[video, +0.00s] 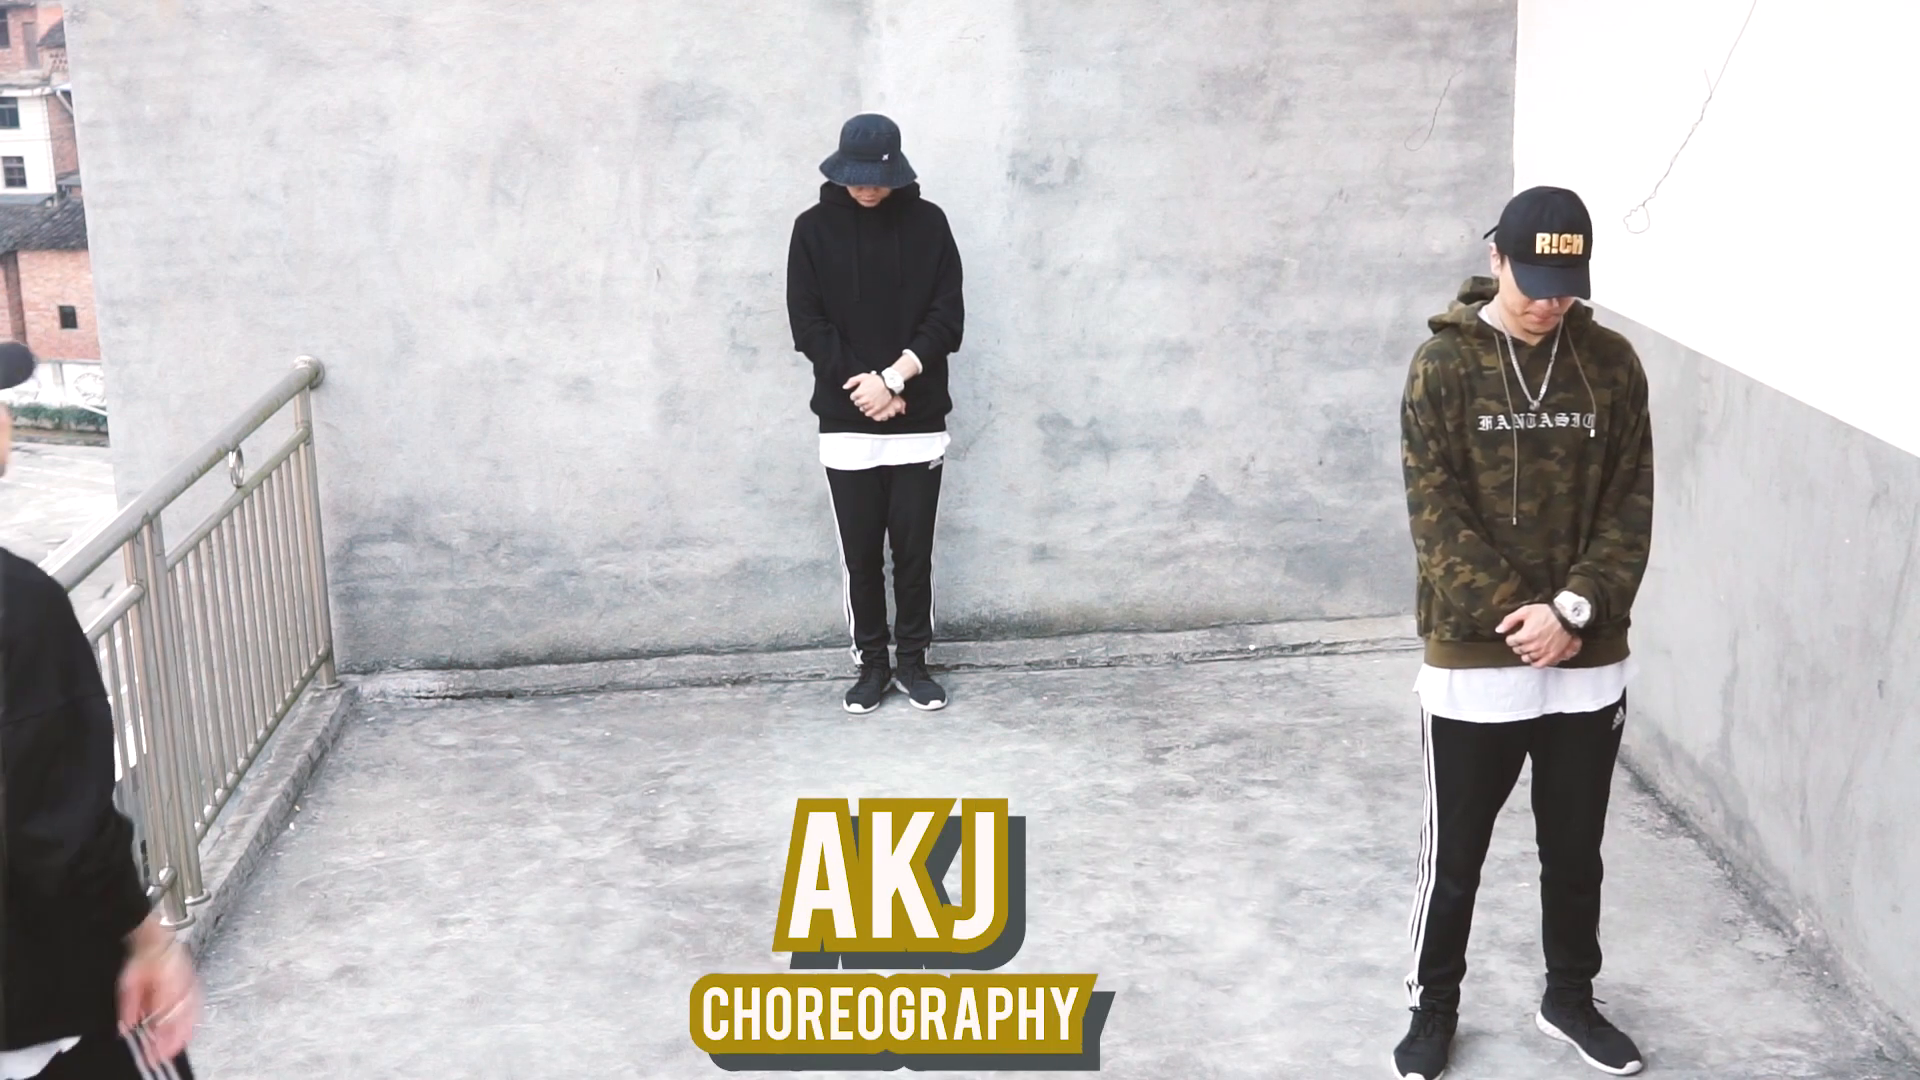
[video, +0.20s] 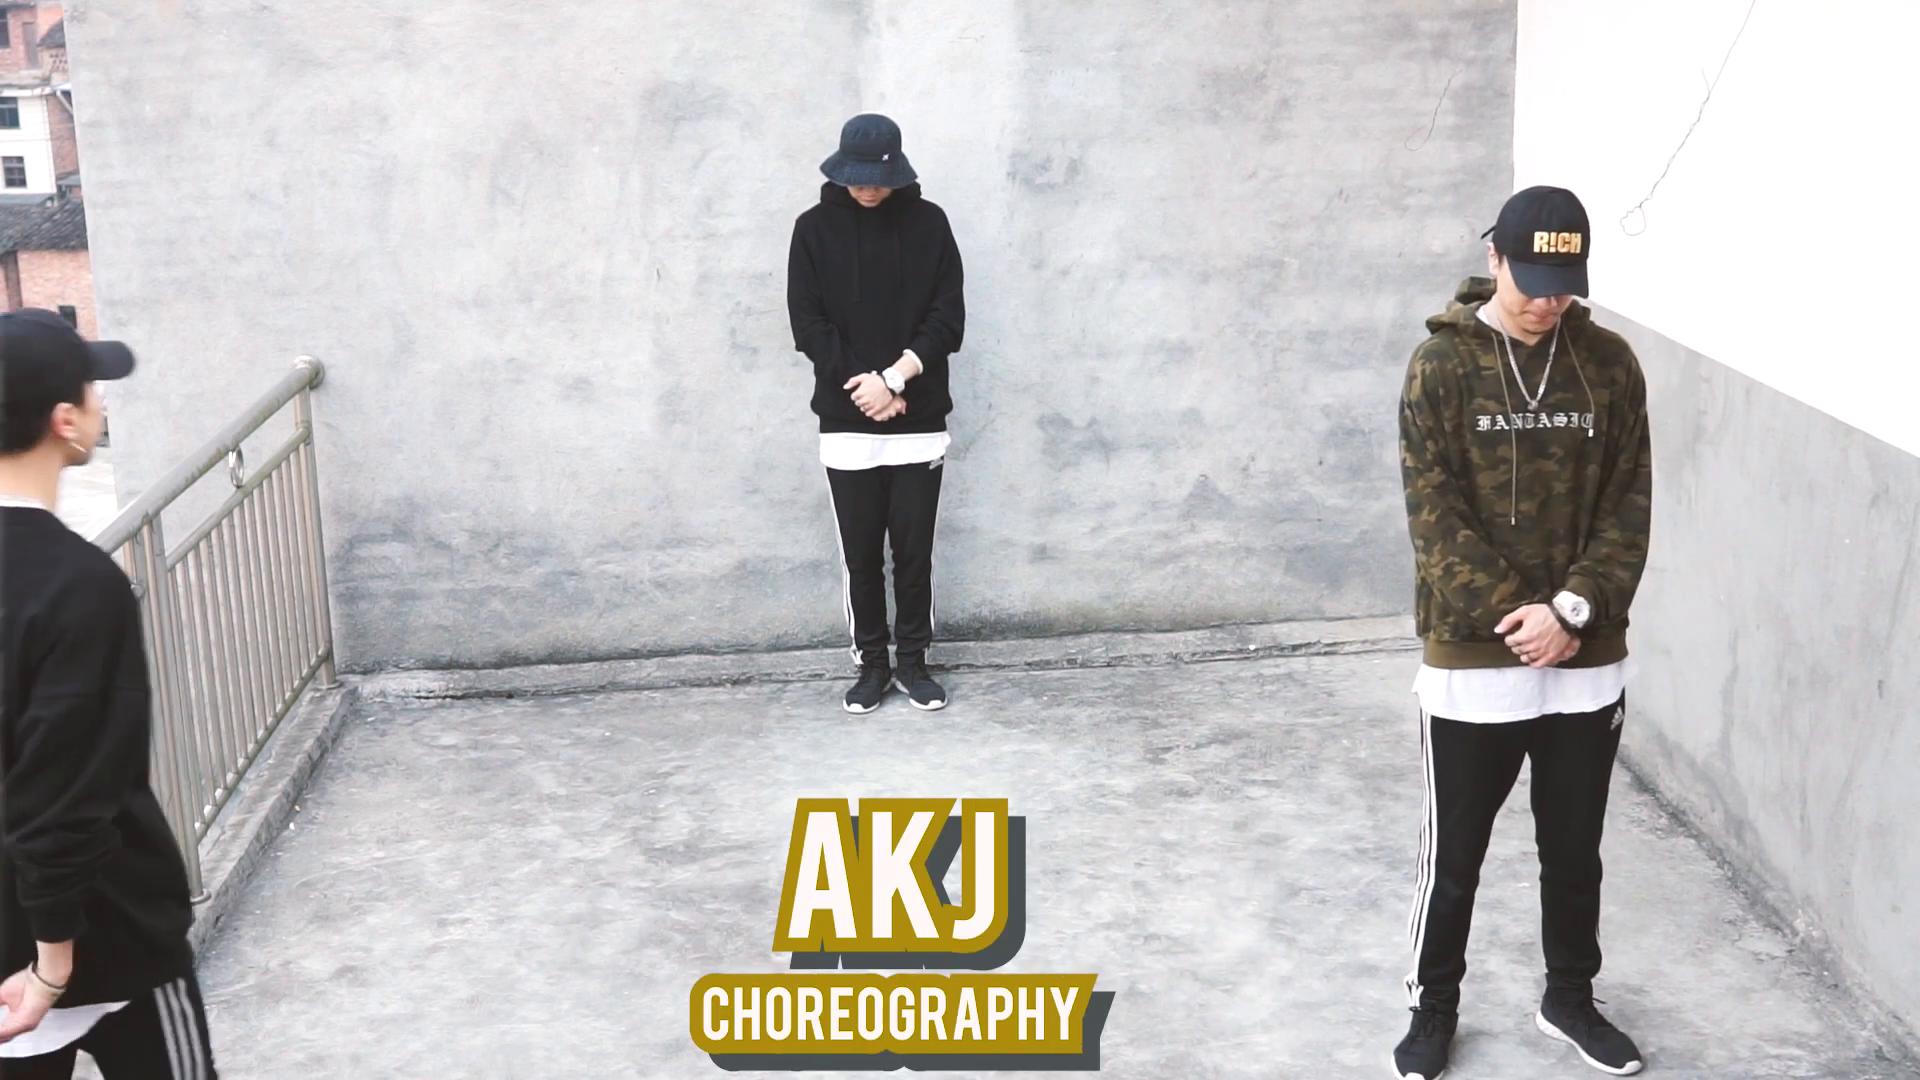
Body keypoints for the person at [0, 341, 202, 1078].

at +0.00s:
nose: (9, 422)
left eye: (7, 398)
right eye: (7, 401)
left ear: (6, 426)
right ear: (3, 425)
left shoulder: (30, 602)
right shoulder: (24, 604)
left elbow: (65, 810)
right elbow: (62, 818)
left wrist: (141, 931)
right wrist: (141, 931)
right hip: (46, 1040)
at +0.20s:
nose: (104, 408)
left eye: (98, 390)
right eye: (96, 394)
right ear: (63, 421)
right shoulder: (75, 582)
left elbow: (47, 785)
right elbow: (51, 793)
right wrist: (50, 961)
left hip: (15, 947)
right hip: (112, 946)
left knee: (28, 1064)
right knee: (171, 1064)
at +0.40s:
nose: (211, 422)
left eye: (209, 404)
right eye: (204, 405)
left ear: (96, 414)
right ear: (154, 421)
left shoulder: (13, 520)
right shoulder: (181, 580)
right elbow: (170, 781)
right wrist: (153, 948)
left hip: (37, 925)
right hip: (192, 929)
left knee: (64, 1070)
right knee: (255, 1064)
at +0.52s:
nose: (277, 425)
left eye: (276, 409)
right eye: (264, 409)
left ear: (192, 415)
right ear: (202, 420)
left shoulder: (61, 506)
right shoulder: (217, 570)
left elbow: (40, 706)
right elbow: (237, 765)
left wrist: (73, 840)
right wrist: (275, 910)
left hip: (96, 871)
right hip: (215, 887)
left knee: (142, 1033)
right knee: (280, 1053)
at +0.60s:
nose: (303, 419)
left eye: (300, 402)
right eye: (289, 402)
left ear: (214, 408)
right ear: (223, 412)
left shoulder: (95, 496)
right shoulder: (234, 562)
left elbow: (84, 688)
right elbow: (270, 757)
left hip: (132, 849)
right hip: (249, 869)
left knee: (179, 1006)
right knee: (297, 1038)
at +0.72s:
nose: (317, 403)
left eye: (315, 387)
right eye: (302, 389)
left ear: (225, 395)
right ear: (232, 398)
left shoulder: (136, 476)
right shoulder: (240, 537)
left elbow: (150, 665)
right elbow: (321, 714)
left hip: (182, 842)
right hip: (270, 866)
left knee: (238, 1039)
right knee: (299, 1058)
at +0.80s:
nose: (321, 404)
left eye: (318, 388)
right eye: (304, 390)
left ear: (232, 395)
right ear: (236, 398)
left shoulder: (166, 469)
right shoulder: (234, 531)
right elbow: (384, 674)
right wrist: (451, 542)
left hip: (217, 836)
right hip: (280, 858)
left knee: (286, 1045)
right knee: (306, 1060)